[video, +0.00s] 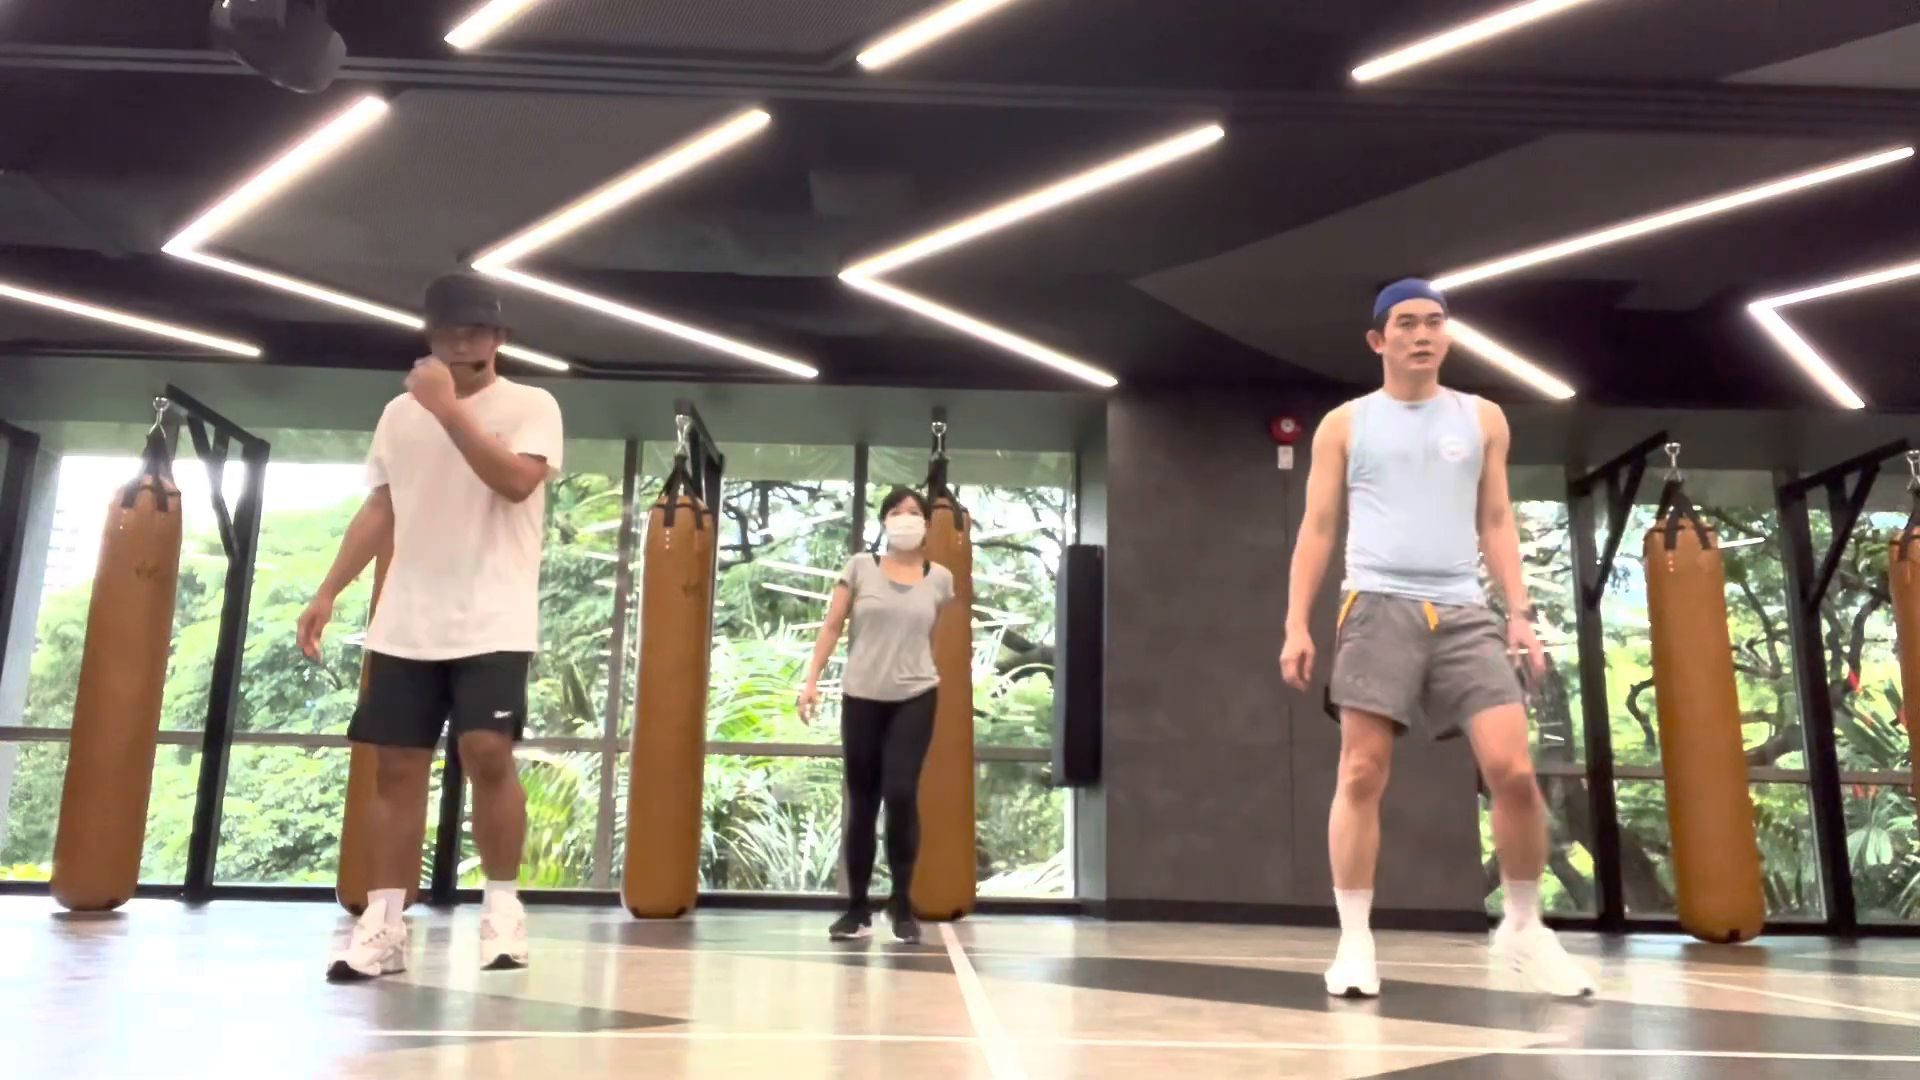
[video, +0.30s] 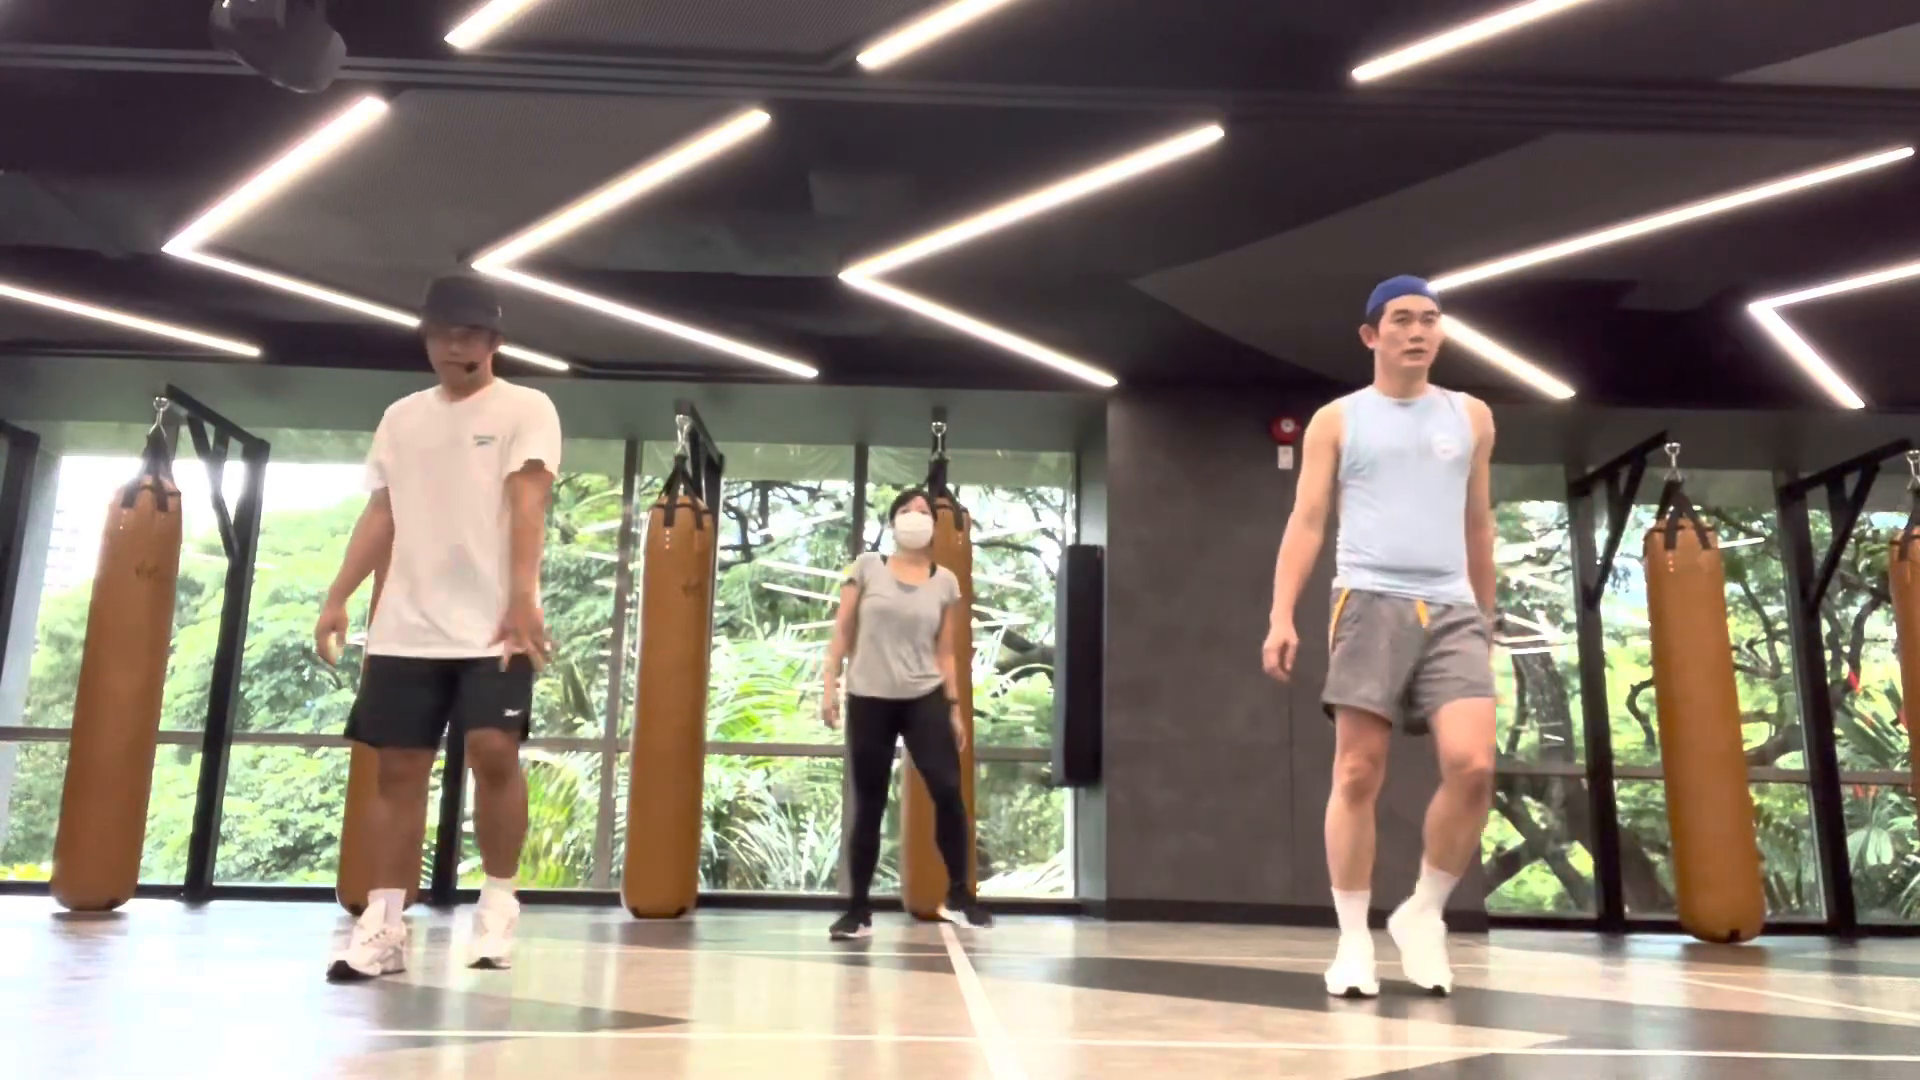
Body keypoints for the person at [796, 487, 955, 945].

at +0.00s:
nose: (907, 519)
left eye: (916, 514)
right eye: (898, 513)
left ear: (927, 527)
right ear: (883, 525)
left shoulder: (941, 580)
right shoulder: (861, 567)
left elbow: (950, 641)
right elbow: (831, 625)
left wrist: (953, 699)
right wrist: (811, 681)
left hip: (916, 697)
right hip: (862, 697)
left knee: (900, 795)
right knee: (861, 804)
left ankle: (902, 904)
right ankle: (856, 908)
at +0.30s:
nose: (919, 517)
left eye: (926, 512)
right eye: (909, 511)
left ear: (937, 529)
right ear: (892, 527)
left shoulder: (945, 581)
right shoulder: (867, 567)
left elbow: (945, 651)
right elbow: (842, 630)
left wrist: (955, 709)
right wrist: (829, 687)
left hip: (924, 699)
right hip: (869, 699)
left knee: (948, 790)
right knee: (866, 805)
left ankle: (960, 891)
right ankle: (858, 909)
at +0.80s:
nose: (977, 523)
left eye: (984, 517)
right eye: (969, 517)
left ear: (996, 529)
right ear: (955, 529)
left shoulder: (1015, 577)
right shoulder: (937, 578)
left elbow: (1023, 635)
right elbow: (922, 643)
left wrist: (1019, 672)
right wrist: (911, 698)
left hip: (1000, 702)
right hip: (948, 701)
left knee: (1004, 808)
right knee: (930, 800)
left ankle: (1011, 910)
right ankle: (906, 891)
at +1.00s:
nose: (986, 527)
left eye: (995, 521)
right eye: (977, 521)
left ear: (1006, 532)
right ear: (963, 533)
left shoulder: (1024, 578)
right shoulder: (945, 580)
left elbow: (1030, 637)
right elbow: (934, 646)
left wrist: (1019, 652)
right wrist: (933, 701)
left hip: (1010, 701)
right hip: (957, 701)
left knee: (1008, 808)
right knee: (962, 803)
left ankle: (1011, 912)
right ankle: (963, 906)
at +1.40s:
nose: (959, 521)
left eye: (967, 515)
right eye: (950, 515)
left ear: (978, 529)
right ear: (933, 528)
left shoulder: (995, 576)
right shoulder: (915, 577)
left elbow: (1000, 636)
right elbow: (904, 645)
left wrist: (1000, 685)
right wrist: (894, 701)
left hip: (978, 706)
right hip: (923, 705)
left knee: (992, 810)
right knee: (898, 807)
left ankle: (1010, 911)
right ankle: (864, 911)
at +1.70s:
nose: (923, 507)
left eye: (932, 503)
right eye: (914, 501)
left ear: (943, 521)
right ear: (897, 516)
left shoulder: (954, 571)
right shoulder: (872, 559)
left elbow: (962, 642)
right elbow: (844, 621)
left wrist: (966, 700)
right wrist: (820, 674)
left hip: (930, 695)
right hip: (872, 693)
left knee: (949, 797)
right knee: (870, 804)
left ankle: (975, 890)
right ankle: (860, 912)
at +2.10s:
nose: (921, 509)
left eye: (930, 504)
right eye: (912, 501)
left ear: (939, 518)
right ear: (895, 512)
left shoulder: (944, 572)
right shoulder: (868, 553)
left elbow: (937, 636)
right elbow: (835, 613)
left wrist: (944, 689)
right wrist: (821, 671)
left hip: (928, 689)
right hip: (872, 688)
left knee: (956, 783)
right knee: (869, 801)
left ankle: (945, 887)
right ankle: (860, 912)